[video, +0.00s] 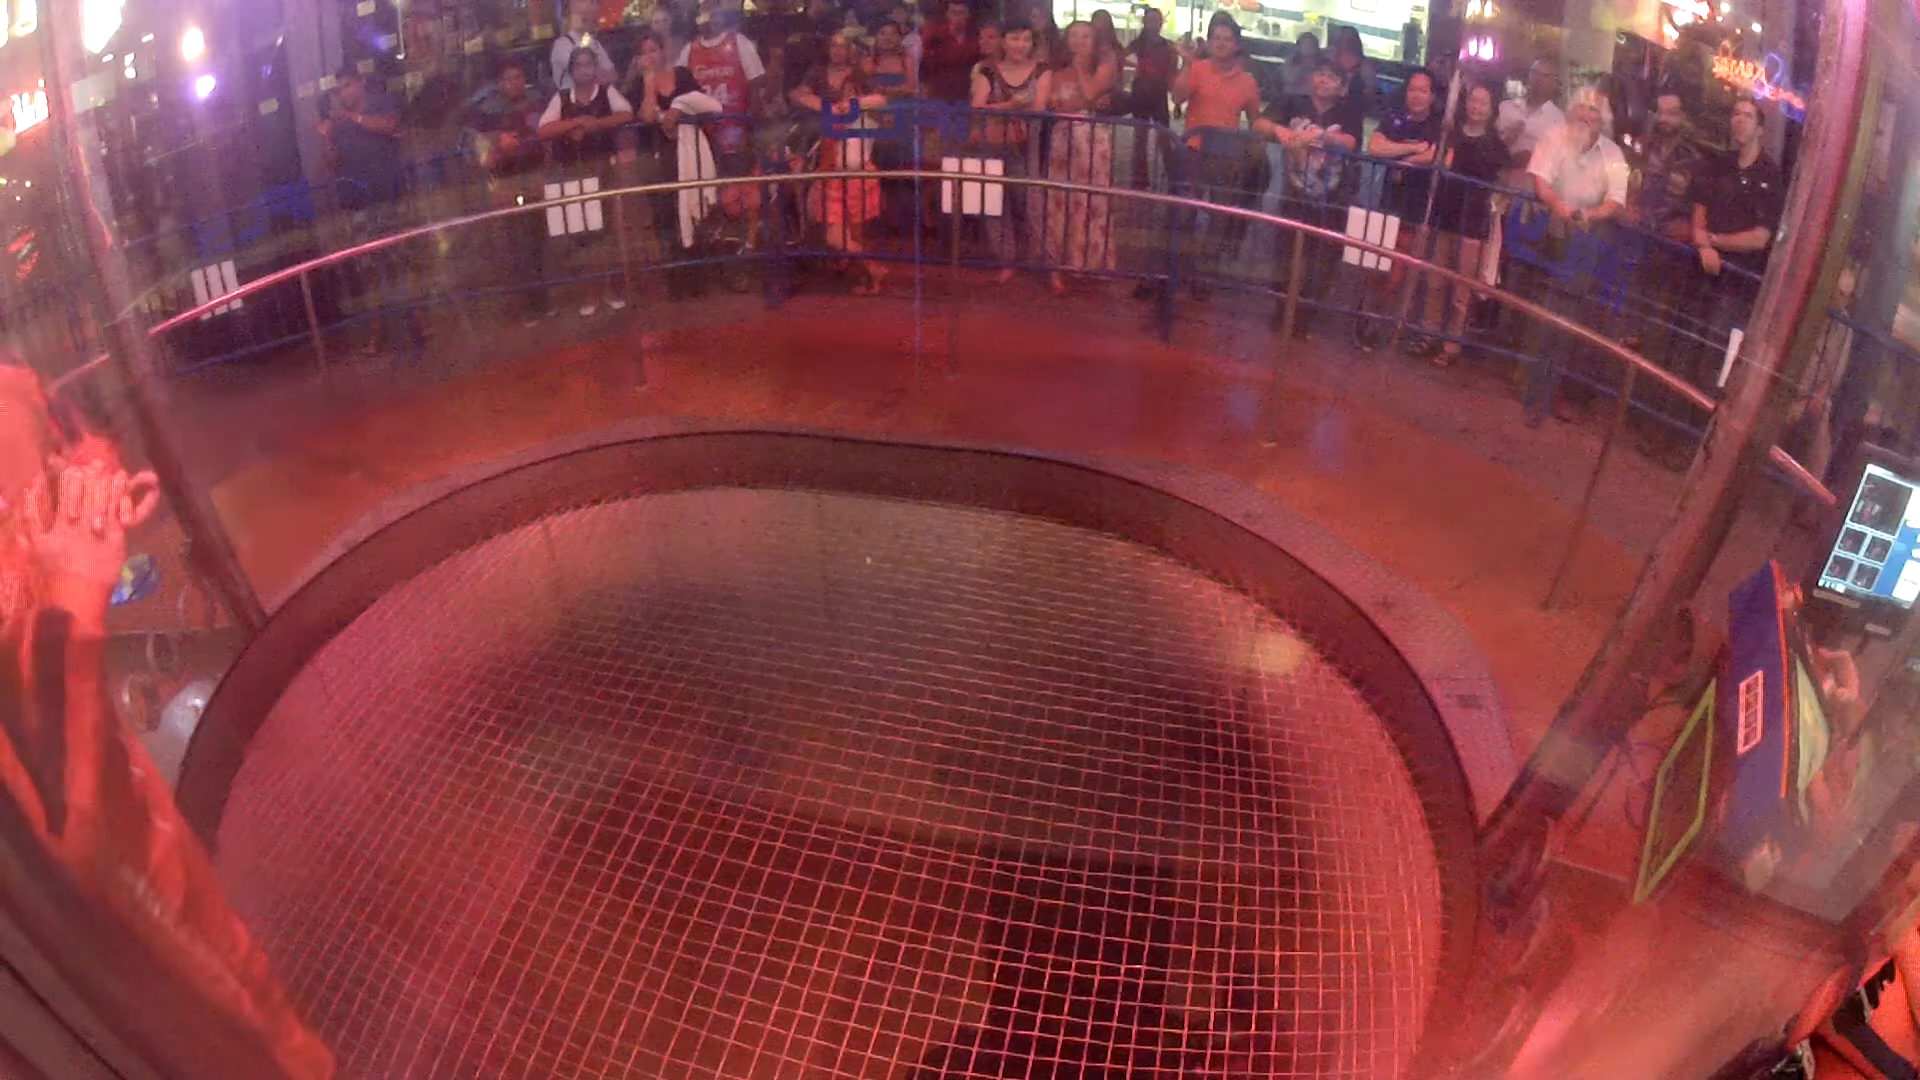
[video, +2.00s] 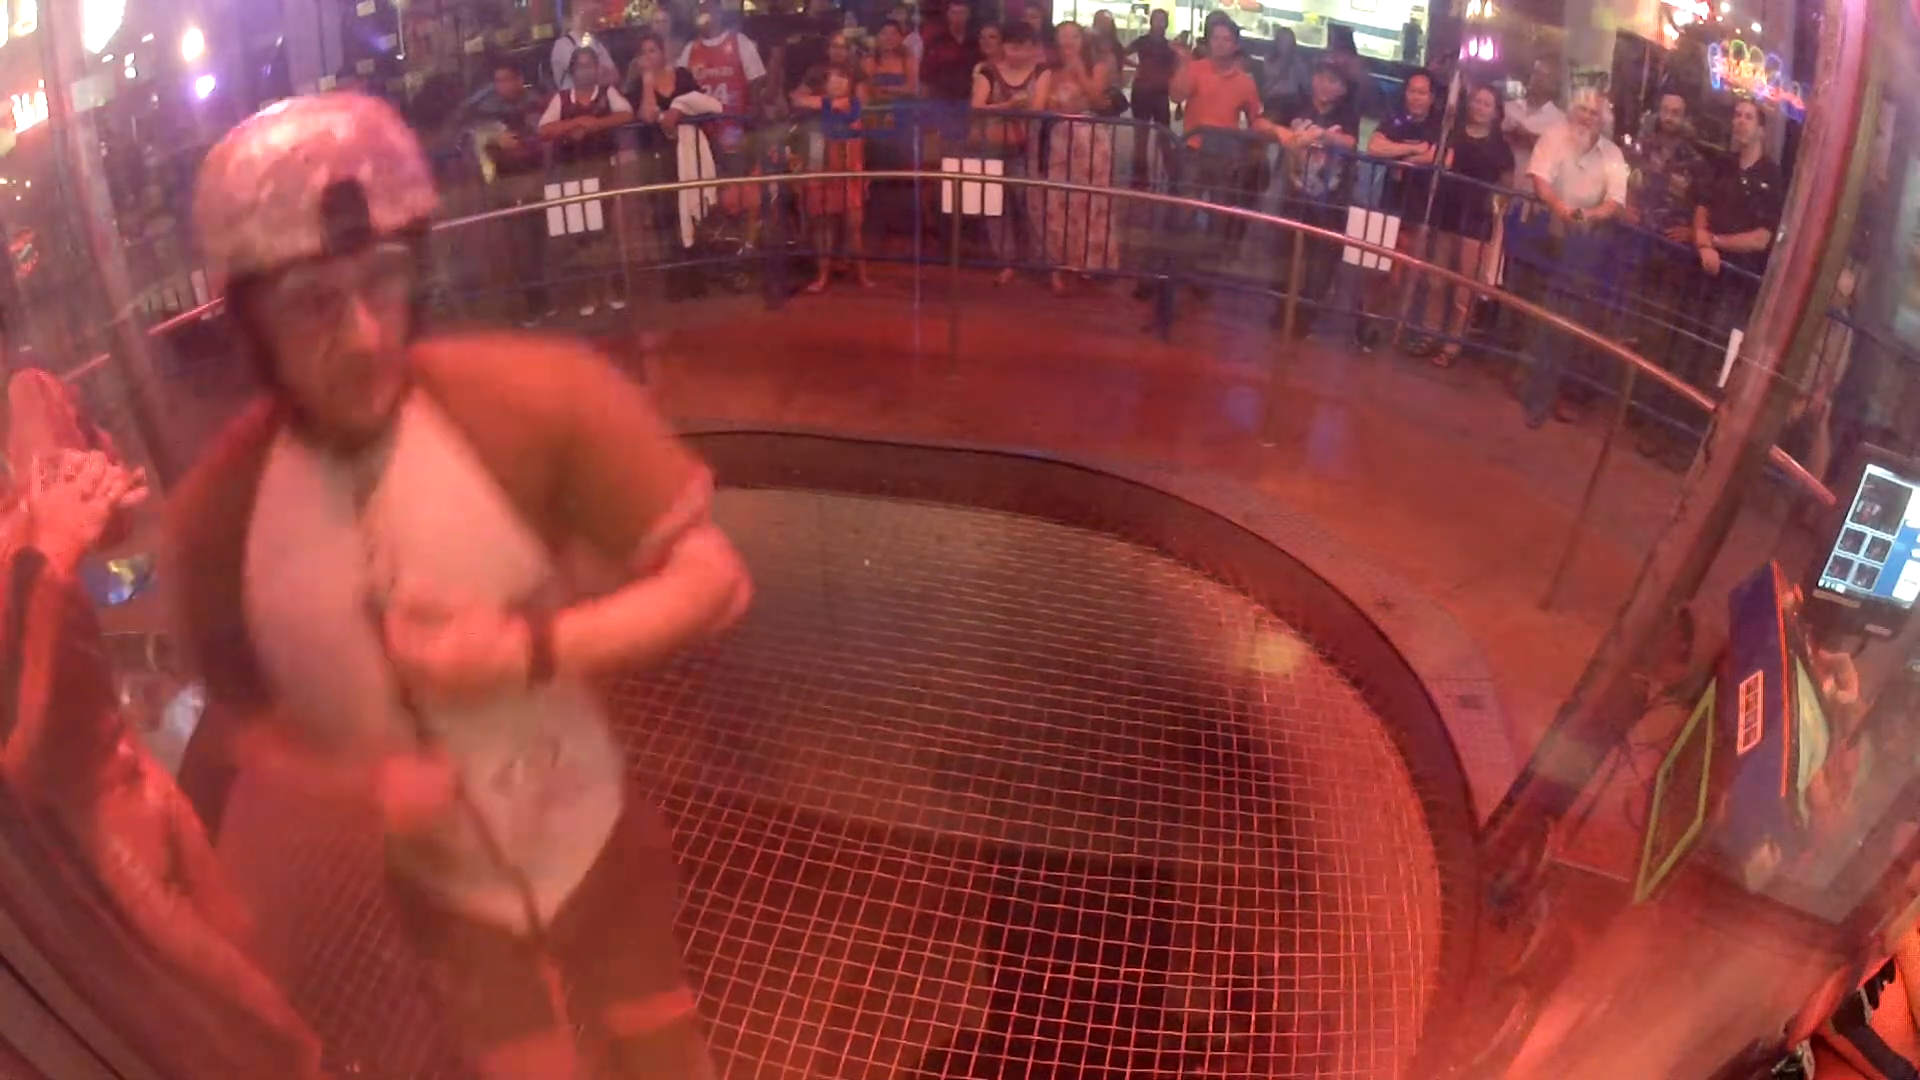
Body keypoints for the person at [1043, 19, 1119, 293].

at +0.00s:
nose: (1079, 41)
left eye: (1085, 36)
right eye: (1074, 36)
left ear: (1095, 41)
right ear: (1067, 41)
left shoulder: (1104, 66)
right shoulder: (1059, 72)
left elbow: (1090, 94)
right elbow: (1049, 105)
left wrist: (1081, 65)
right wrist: (1082, 102)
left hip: (1091, 138)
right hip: (1062, 137)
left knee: (1089, 201)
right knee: (1060, 201)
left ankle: (1087, 265)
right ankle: (1058, 265)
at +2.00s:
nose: (1067, 45)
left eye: (1072, 39)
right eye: (1063, 40)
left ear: (1082, 42)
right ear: (1055, 44)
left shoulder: (1095, 68)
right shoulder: (1051, 74)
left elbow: (1097, 98)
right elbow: (1039, 108)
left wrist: (1078, 71)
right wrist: (1061, 105)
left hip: (1089, 137)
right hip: (1059, 137)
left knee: (1088, 200)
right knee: (1059, 200)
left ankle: (1086, 263)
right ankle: (1059, 264)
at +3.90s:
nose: (1081, 44)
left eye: (1087, 39)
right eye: (1076, 39)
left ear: (1095, 42)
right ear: (1068, 42)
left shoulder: (1103, 70)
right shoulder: (1056, 75)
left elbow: (1101, 100)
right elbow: (1039, 107)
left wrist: (1088, 70)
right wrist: (1062, 108)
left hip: (1093, 139)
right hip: (1063, 137)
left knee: (1091, 201)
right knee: (1062, 200)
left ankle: (1090, 265)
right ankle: (1062, 265)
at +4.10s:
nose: (1082, 44)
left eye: (1088, 39)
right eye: (1076, 39)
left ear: (1096, 42)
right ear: (1068, 42)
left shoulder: (1106, 70)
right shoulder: (1058, 73)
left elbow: (1102, 100)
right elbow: (1046, 105)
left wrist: (1089, 69)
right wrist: (1070, 107)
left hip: (1095, 138)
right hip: (1065, 136)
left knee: (1094, 200)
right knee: (1064, 198)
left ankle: (1093, 263)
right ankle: (1063, 263)